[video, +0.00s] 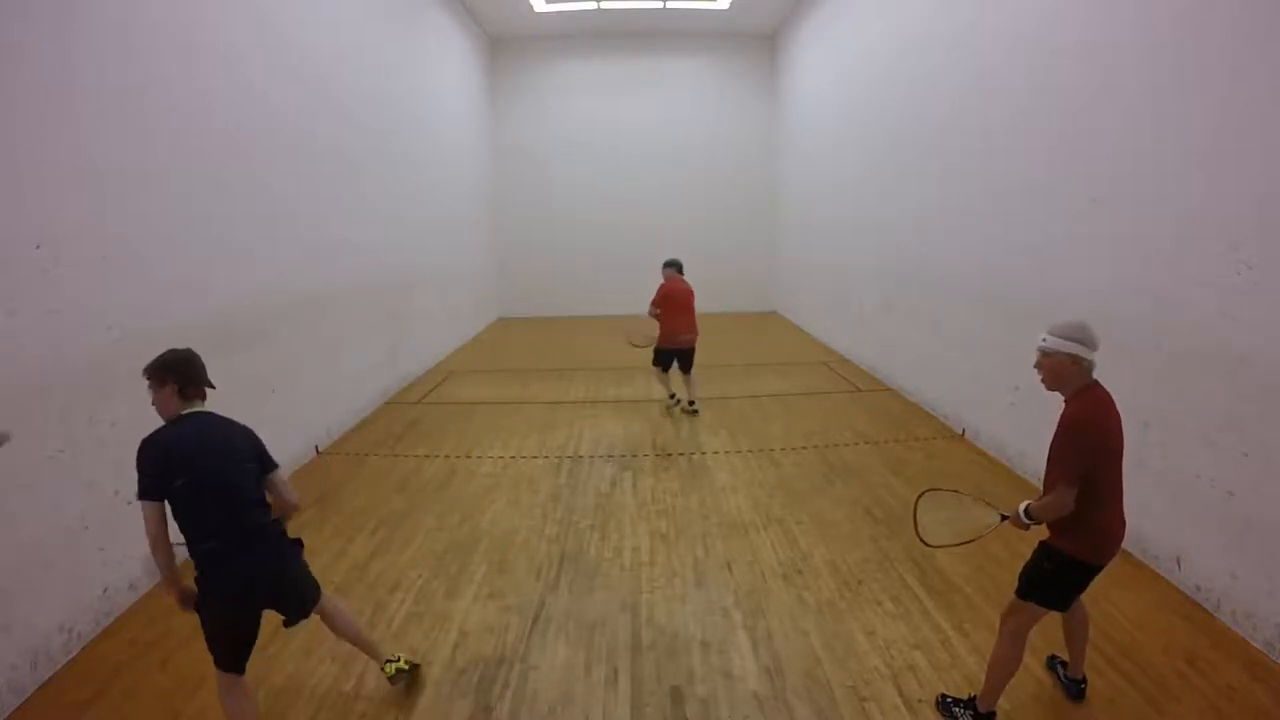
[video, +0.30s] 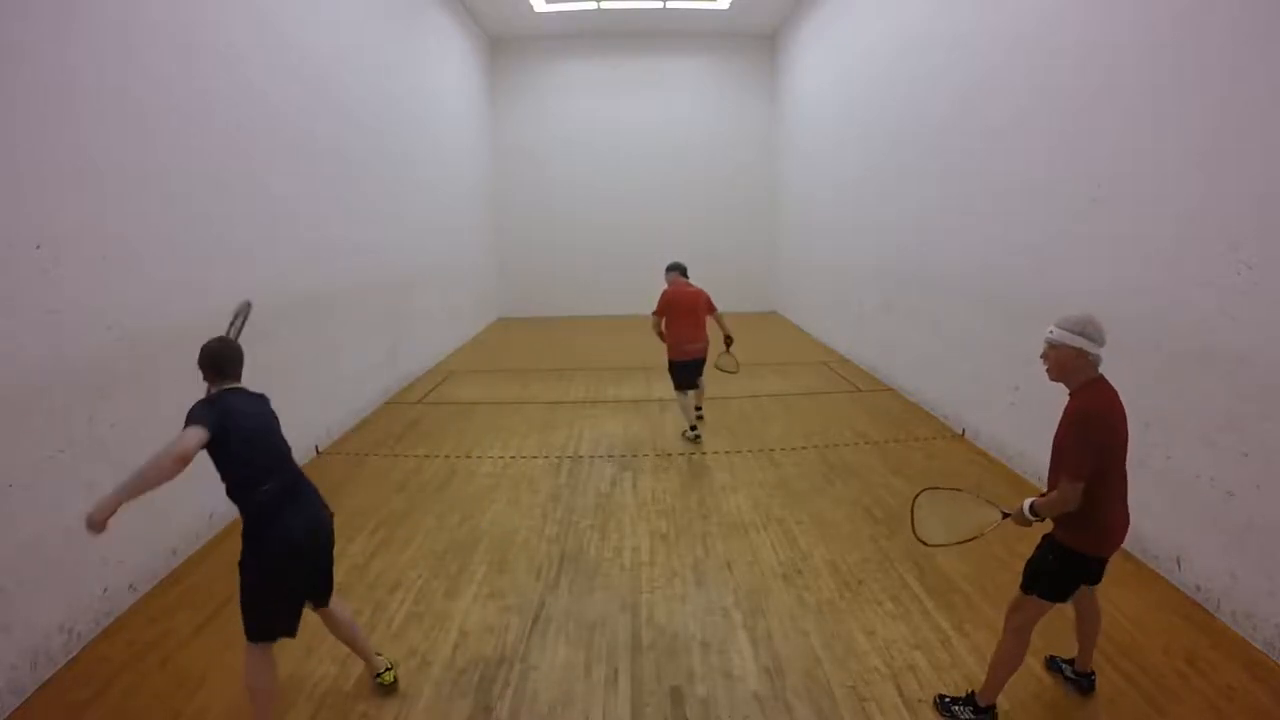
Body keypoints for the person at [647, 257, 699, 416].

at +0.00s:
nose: (663, 276)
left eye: (664, 272)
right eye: (663, 272)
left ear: (671, 271)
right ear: (680, 272)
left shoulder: (665, 288)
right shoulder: (688, 288)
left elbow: (652, 310)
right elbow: (683, 310)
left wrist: (667, 317)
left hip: (668, 339)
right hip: (688, 340)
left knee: (660, 368)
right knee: (686, 371)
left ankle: (671, 395)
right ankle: (691, 402)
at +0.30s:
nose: (667, 282)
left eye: (668, 278)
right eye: (666, 278)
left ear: (675, 276)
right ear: (685, 276)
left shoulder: (668, 294)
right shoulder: (700, 293)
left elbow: (655, 323)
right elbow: (716, 315)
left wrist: (663, 336)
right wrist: (727, 334)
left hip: (678, 352)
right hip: (700, 350)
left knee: (682, 391)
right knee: (698, 378)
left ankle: (693, 429)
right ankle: (699, 409)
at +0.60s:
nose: (675, 284)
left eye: (676, 280)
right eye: (675, 280)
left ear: (680, 279)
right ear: (695, 279)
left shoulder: (675, 299)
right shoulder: (710, 299)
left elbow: (663, 327)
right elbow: (717, 329)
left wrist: (652, 353)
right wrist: (709, 349)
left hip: (682, 365)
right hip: (708, 365)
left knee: (684, 398)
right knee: (709, 403)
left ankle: (693, 431)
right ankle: (714, 444)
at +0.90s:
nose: (676, 285)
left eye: (676, 281)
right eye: (676, 281)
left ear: (681, 280)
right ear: (697, 280)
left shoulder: (674, 302)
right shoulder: (712, 303)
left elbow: (665, 333)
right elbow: (719, 336)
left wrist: (664, 359)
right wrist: (710, 357)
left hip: (678, 370)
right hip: (705, 370)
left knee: (675, 401)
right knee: (708, 414)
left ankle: (682, 437)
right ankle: (712, 460)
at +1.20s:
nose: (650, 291)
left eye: (650, 287)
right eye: (650, 287)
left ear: (654, 285)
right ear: (671, 283)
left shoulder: (652, 306)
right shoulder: (689, 304)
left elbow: (641, 338)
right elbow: (702, 335)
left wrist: (634, 360)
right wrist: (703, 361)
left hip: (660, 375)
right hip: (690, 373)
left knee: (643, 410)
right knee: (699, 415)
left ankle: (632, 453)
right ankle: (711, 459)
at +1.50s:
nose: (616, 289)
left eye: (615, 285)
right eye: (615, 286)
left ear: (619, 283)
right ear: (635, 280)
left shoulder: (619, 302)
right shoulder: (653, 299)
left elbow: (608, 335)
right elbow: (666, 329)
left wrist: (603, 360)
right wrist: (667, 356)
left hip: (630, 369)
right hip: (656, 366)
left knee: (626, 412)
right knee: (659, 405)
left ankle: (627, 455)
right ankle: (680, 439)